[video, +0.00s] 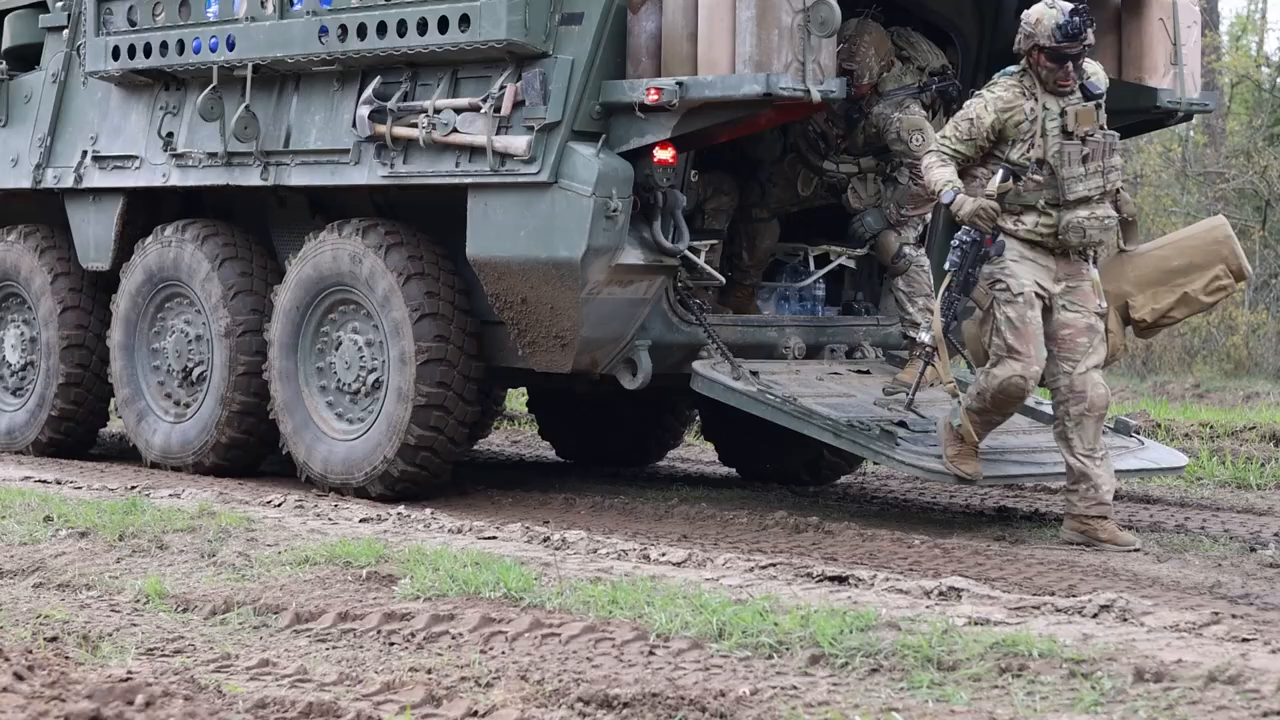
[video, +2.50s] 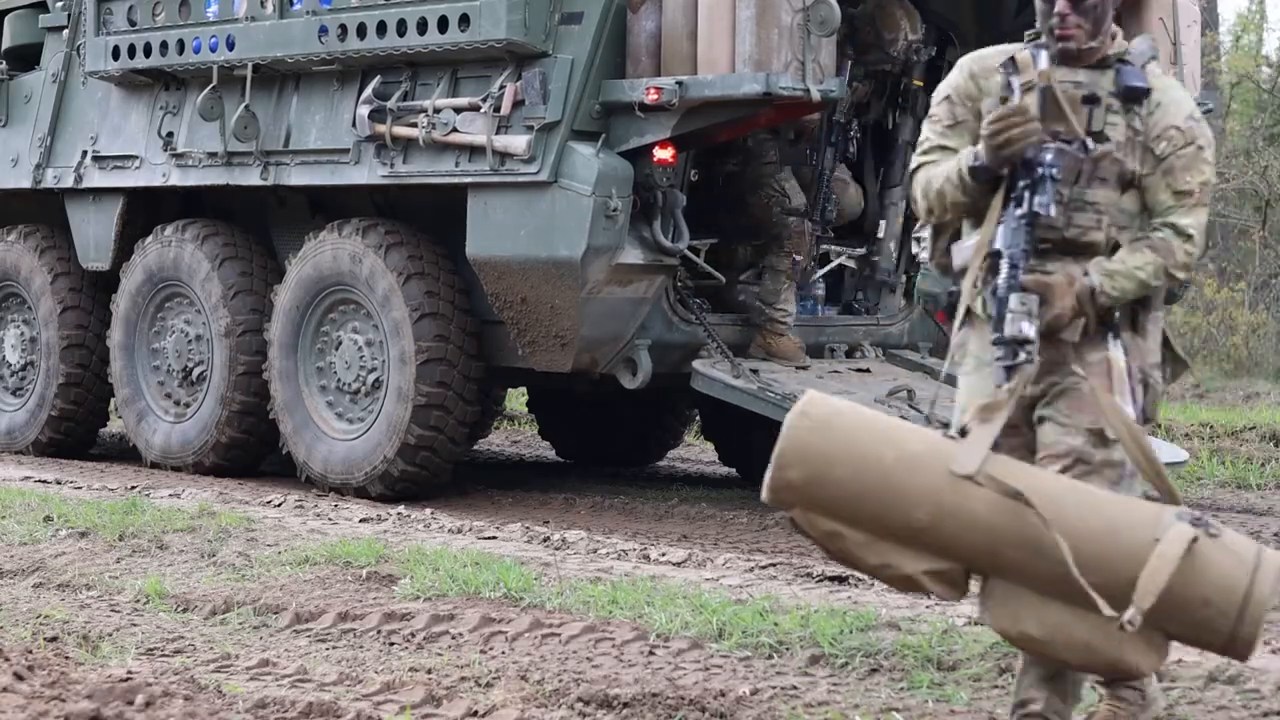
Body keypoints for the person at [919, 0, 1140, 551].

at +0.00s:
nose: (1069, 66)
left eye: (1077, 56)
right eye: (1057, 56)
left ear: (1086, 53)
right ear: (1029, 52)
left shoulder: (1088, 96)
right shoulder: (1003, 96)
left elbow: (1100, 160)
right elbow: (938, 154)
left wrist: (1114, 199)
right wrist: (955, 197)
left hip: (1078, 261)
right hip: (1018, 254)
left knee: (1085, 388)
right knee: (1018, 374)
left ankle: (1089, 511)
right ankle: (966, 429)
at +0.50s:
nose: (1149, 73)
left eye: (1160, 61)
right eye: (1136, 63)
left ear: (1176, 61)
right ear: (1118, 67)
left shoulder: (1207, 116)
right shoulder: (1091, 127)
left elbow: (1235, 175)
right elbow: (1016, 189)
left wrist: (1247, 218)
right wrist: (1045, 216)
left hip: (1193, 297)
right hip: (1120, 298)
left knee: (1225, 433)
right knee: (1146, 436)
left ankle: (1167, 491)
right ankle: (1153, 551)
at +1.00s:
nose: (1210, 65)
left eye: (1222, 52)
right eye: (1197, 54)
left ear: (1243, 51)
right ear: (1180, 58)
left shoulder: (1267, 110)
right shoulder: (1155, 118)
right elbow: (1084, 200)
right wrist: (1132, 193)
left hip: (1264, 298)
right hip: (1190, 297)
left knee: (1271, 444)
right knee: (1221, 426)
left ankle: (1263, 573)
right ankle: (1219, 550)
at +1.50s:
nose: (1222, 6)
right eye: (1211, 0)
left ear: (1255, 4)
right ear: (1192, 3)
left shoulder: (1275, 51)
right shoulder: (1148, 58)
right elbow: (1089, 155)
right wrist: (1154, 133)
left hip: (1269, 265)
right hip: (1187, 266)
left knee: (1271, 428)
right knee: (1185, 448)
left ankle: (1269, 569)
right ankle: (1223, 579)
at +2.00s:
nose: (1200, 7)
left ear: (1242, 4)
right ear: (1171, 3)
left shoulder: (1269, 59)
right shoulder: (1132, 62)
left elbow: (1276, 193)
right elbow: (1082, 185)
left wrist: (1265, 277)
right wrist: (1122, 116)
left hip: (1253, 284)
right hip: (1151, 286)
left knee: (1258, 459)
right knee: (1126, 443)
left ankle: (1266, 627)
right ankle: (1138, 642)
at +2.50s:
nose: (1067, 13)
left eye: (1086, 3)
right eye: (1056, 1)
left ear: (1117, 12)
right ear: (1040, 6)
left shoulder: (1162, 106)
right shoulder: (980, 75)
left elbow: (1180, 238)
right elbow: (924, 193)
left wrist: (1089, 287)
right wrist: (984, 160)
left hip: (1098, 347)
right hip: (992, 339)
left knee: (1076, 519)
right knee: (1004, 516)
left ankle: (1040, 698)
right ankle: (1128, 678)